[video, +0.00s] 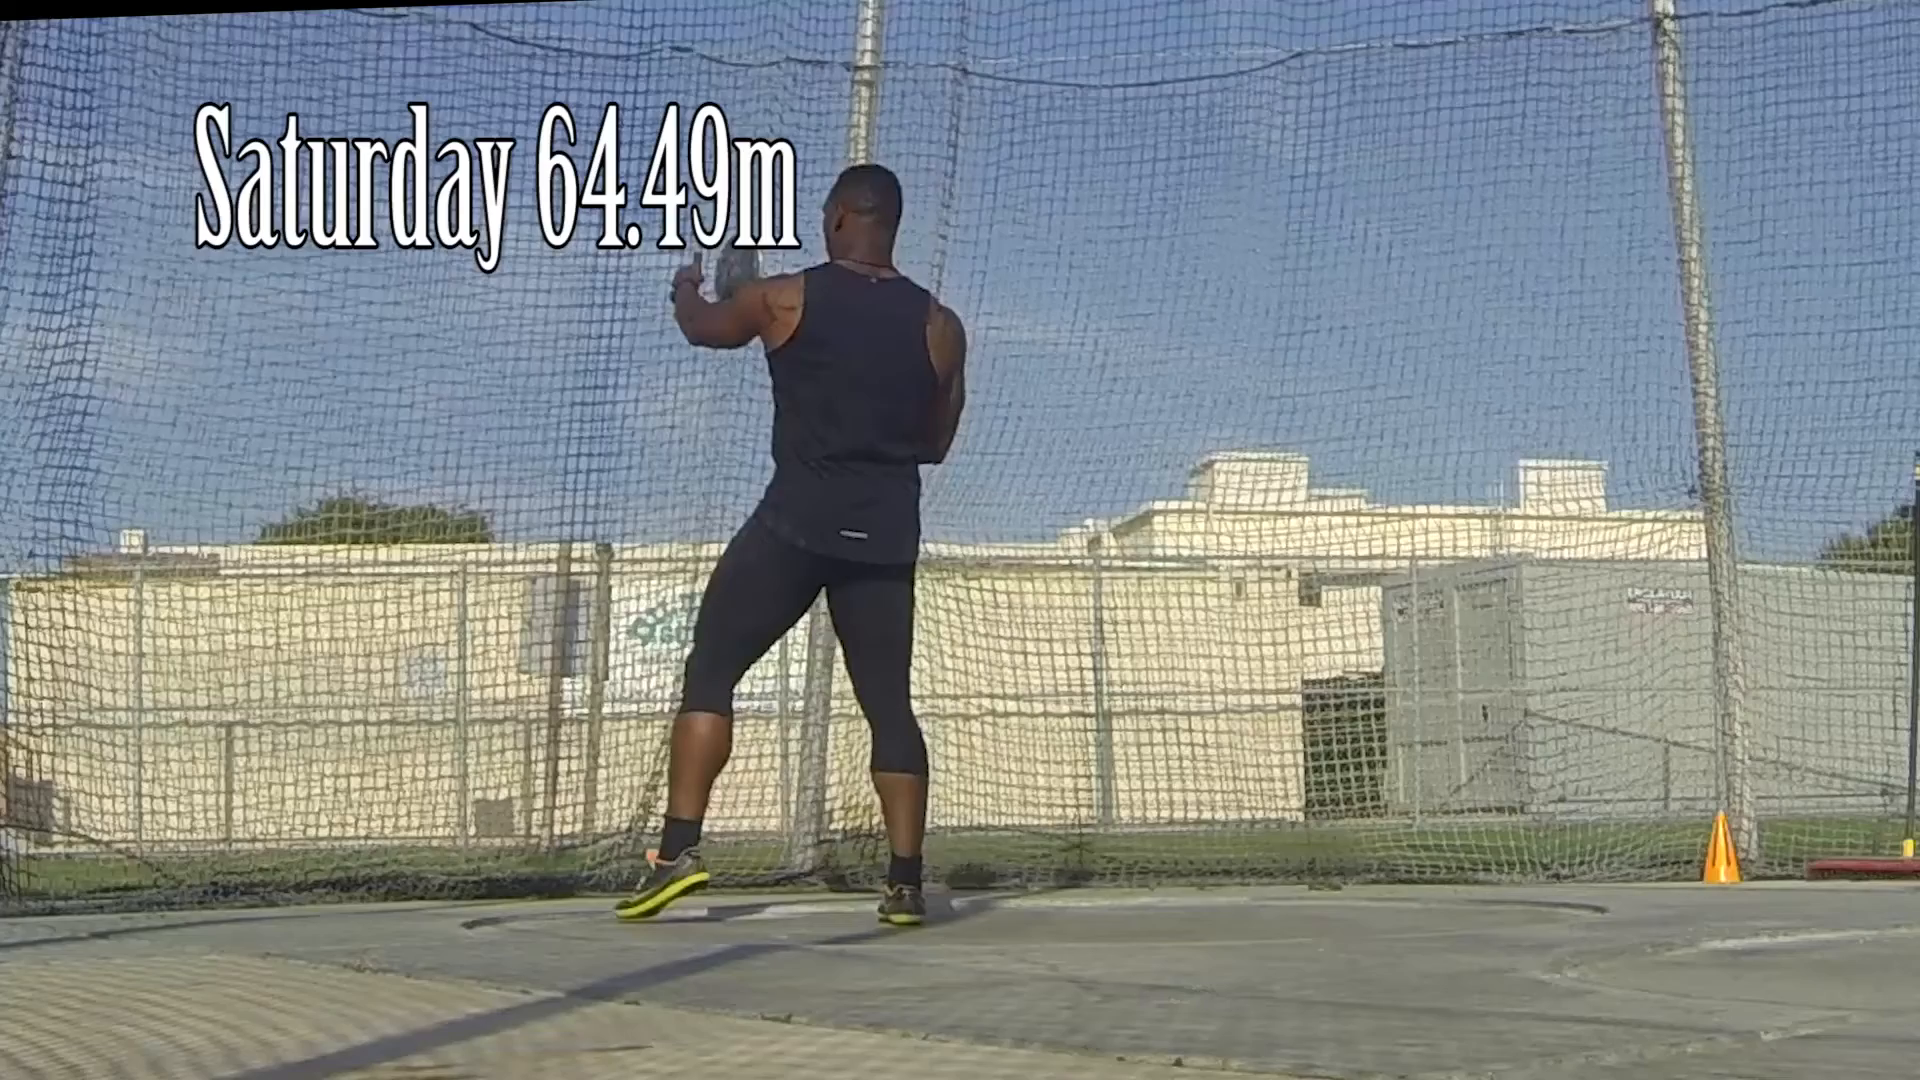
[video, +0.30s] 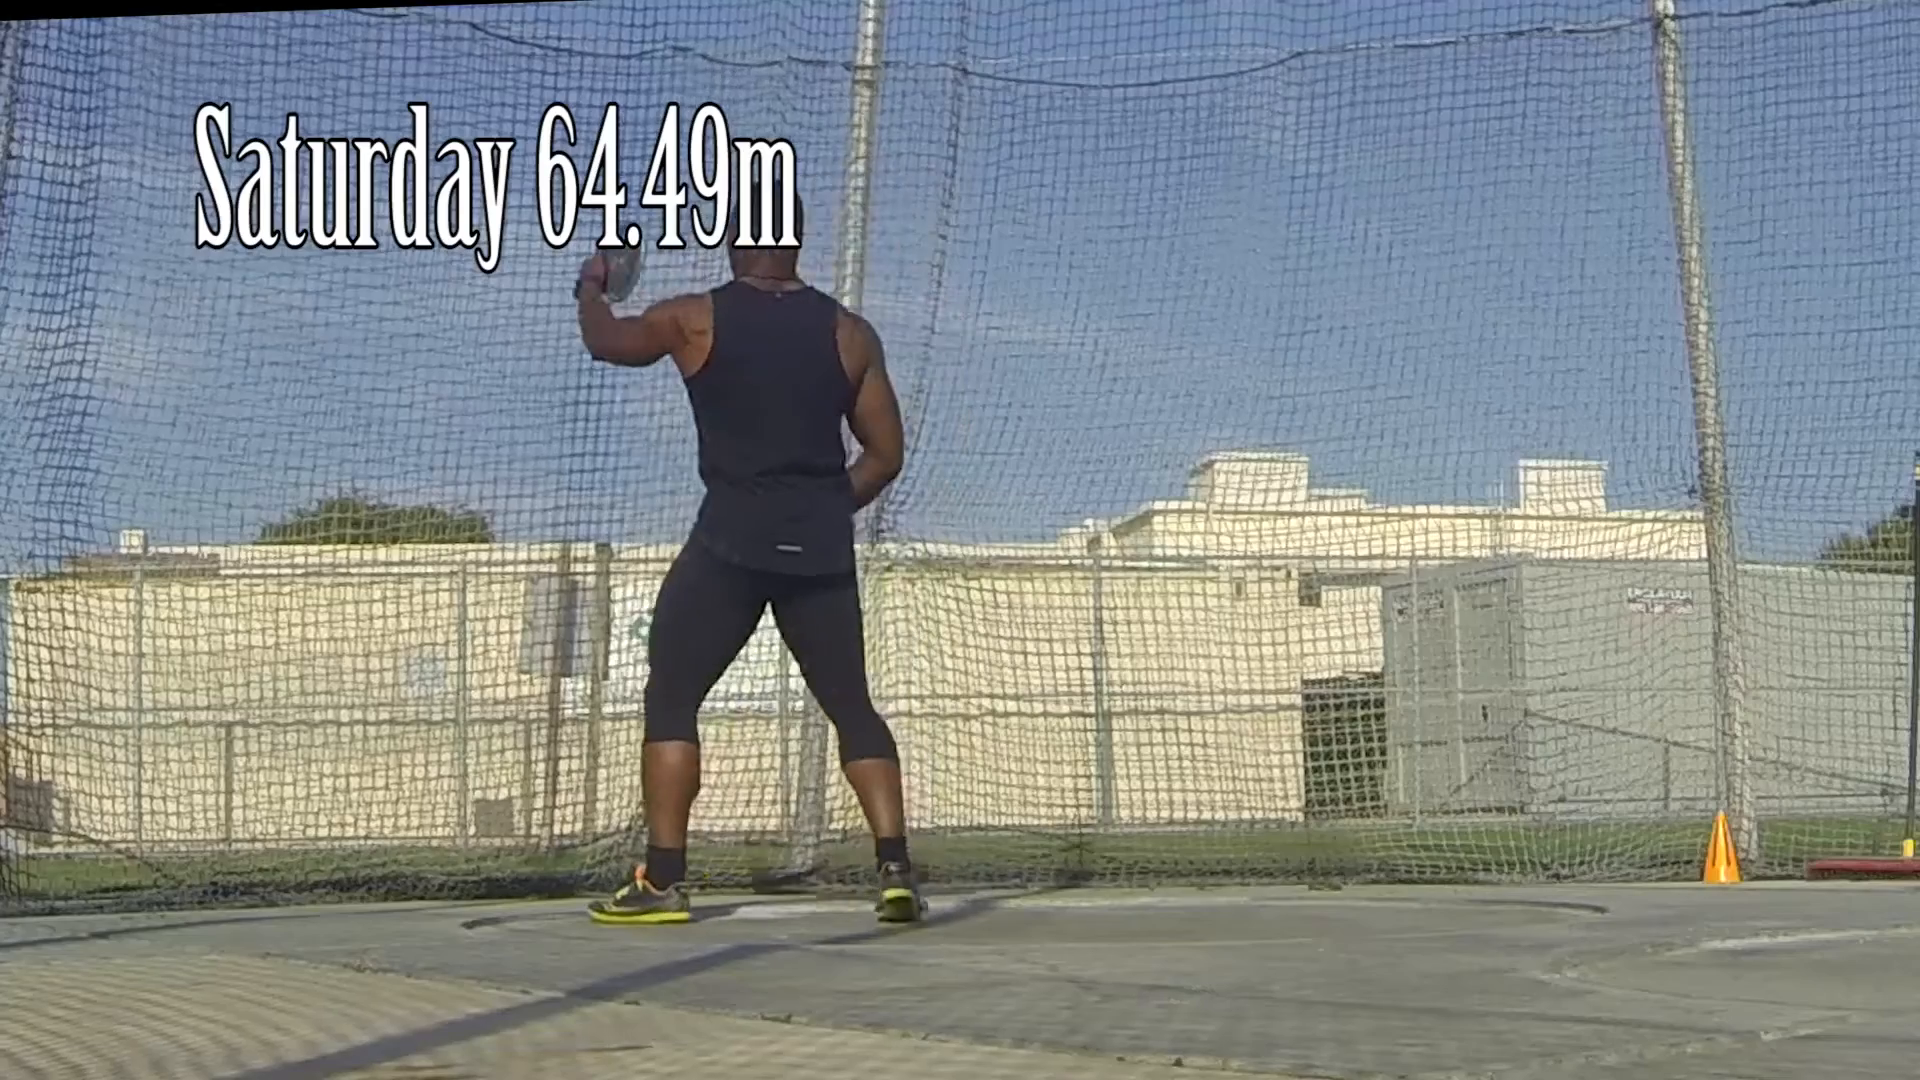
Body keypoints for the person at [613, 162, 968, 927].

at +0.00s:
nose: (826, 232)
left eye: (828, 221)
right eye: (835, 222)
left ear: (835, 221)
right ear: (898, 228)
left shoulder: (785, 297)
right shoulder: (940, 325)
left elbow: (703, 326)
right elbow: (935, 444)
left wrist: (688, 294)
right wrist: (860, 414)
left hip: (795, 523)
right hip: (886, 537)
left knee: (711, 671)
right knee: (890, 702)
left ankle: (677, 851)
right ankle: (907, 883)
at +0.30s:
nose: (743, 253)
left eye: (736, 243)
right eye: (772, 238)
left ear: (731, 246)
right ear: (800, 248)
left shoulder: (695, 316)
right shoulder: (847, 330)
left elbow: (606, 340)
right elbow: (885, 455)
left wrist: (590, 286)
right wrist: (823, 503)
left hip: (730, 544)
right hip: (824, 547)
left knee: (671, 697)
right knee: (851, 705)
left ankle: (662, 879)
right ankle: (895, 868)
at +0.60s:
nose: (662, 261)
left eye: (660, 251)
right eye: (672, 248)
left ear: (653, 265)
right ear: (717, 258)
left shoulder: (636, 347)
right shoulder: (787, 326)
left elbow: (565, 459)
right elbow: (849, 427)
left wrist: (512, 517)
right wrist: (852, 527)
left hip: (704, 545)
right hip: (793, 544)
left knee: (649, 698)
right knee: (828, 685)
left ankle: (660, 880)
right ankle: (888, 832)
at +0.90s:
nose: (658, 319)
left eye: (657, 307)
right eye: (655, 308)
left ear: (669, 301)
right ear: (717, 293)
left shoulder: (677, 362)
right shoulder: (796, 351)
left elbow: (677, 460)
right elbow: (869, 438)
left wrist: (648, 567)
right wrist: (875, 539)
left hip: (731, 564)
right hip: (816, 563)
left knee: (653, 705)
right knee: (849, 710)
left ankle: (661, 882)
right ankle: (899, 869)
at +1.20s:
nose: (696, 348)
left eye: (697, 337)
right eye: (696, 338)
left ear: (707, 328)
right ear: (759, 320)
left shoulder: (724, 355)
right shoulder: (830, 373)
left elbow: (746, 405)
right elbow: (909, 456)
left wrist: (757, 484)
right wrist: (881, 552)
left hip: (756, 557)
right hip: (836, 569)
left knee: (649, 691)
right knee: (859, 719)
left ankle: (646, 861)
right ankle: (901, 877)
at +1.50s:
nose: (671, 335)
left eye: (670, 326)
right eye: (674, 327)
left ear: (677, 322)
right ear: (731, 315)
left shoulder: (675, 375)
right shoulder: (807, 371)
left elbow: (652, 475)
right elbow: (863, 471)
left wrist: (620, 577)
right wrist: (870, 577)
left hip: (728, 570)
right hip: (819, 574)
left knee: (650, 709)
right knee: (856, 715)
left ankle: (659, 882)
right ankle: (903, 873)